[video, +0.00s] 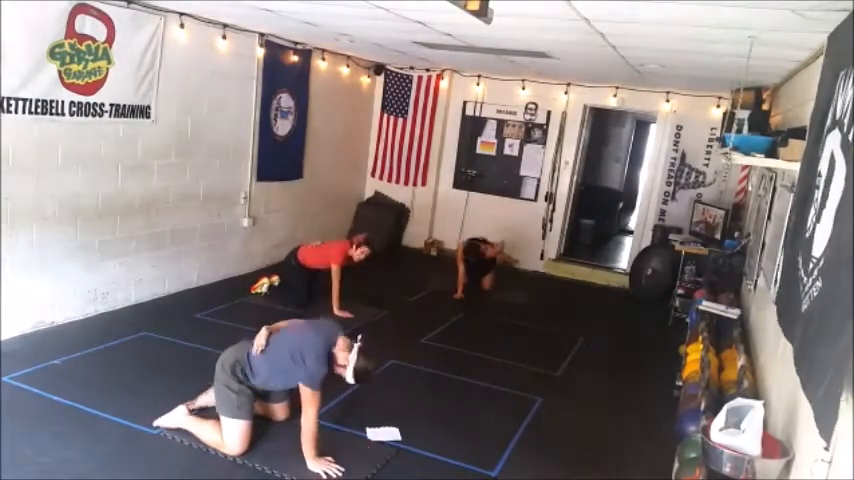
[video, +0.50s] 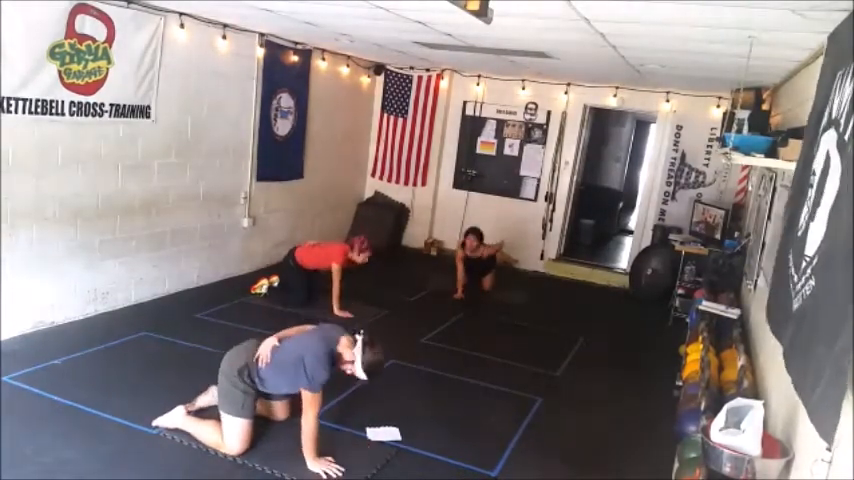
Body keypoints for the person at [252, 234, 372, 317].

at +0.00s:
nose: (362, 257)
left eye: (365, 255)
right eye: (362, 252)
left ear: (364, 254)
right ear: (355, 247)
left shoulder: (348, 247)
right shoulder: (339, 252)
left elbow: (331, 244)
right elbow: (335, 282)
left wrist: (319, 244)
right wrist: (336, 309)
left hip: (308, 261)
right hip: (296, 262)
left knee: (311, 296)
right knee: (299, 301)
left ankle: (278, 282)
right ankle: (269, 287)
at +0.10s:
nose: (352, 269)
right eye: (354, 267)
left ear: (363, 260)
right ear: (356, 259)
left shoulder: (352, 246)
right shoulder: (340, 254)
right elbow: (336, 283)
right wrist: (336, 310)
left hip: (310, 261)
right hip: (299, 261)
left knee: (310, 296)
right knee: (300, 300)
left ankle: (280, 282)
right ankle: (269, 288)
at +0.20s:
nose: (357, 264)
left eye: (360, 263)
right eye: (357, 261)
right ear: (355, 254)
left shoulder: (350, 245)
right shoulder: (339, 252)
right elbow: (335, 283)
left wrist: (362, 277)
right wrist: (336, 309)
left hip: (311, 261)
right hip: (299, 260)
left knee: (311, 294)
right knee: (300, 299)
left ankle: (280, 281)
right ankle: (269, 287)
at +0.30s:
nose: (366, 261)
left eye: (369, 259)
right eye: (365, 258)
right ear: (358, 251)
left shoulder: (349, 253)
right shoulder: (341, 253)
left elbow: (326, 246)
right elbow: (337, 286)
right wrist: (339, 307)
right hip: (295, 263)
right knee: (300, 300)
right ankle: (272, 288)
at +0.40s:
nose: (368, 250)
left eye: (368, 246)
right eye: (366, 246)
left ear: (357, 246)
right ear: (356, 245)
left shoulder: (346, 251)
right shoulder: (340, 255)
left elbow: (327, 247)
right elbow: (336, 284)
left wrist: (314, 247)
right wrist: (337, 301)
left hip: (303, 254)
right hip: (294, 263)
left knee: (310, 292)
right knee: (302, 300)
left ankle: (277, 281)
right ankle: (269, 289)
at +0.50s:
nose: (366, 260)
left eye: (368, 257)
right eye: (365, 257)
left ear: (356, 250)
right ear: (355, 252)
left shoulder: (345, 249)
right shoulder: (339, 255)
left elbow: (328, 244)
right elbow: (336, 283)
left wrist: (315, 243)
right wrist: (336, 309)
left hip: (301, 256)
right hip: (294, 263)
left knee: (308, 293)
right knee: (299, 298)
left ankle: (277, 281)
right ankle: (268, 288)